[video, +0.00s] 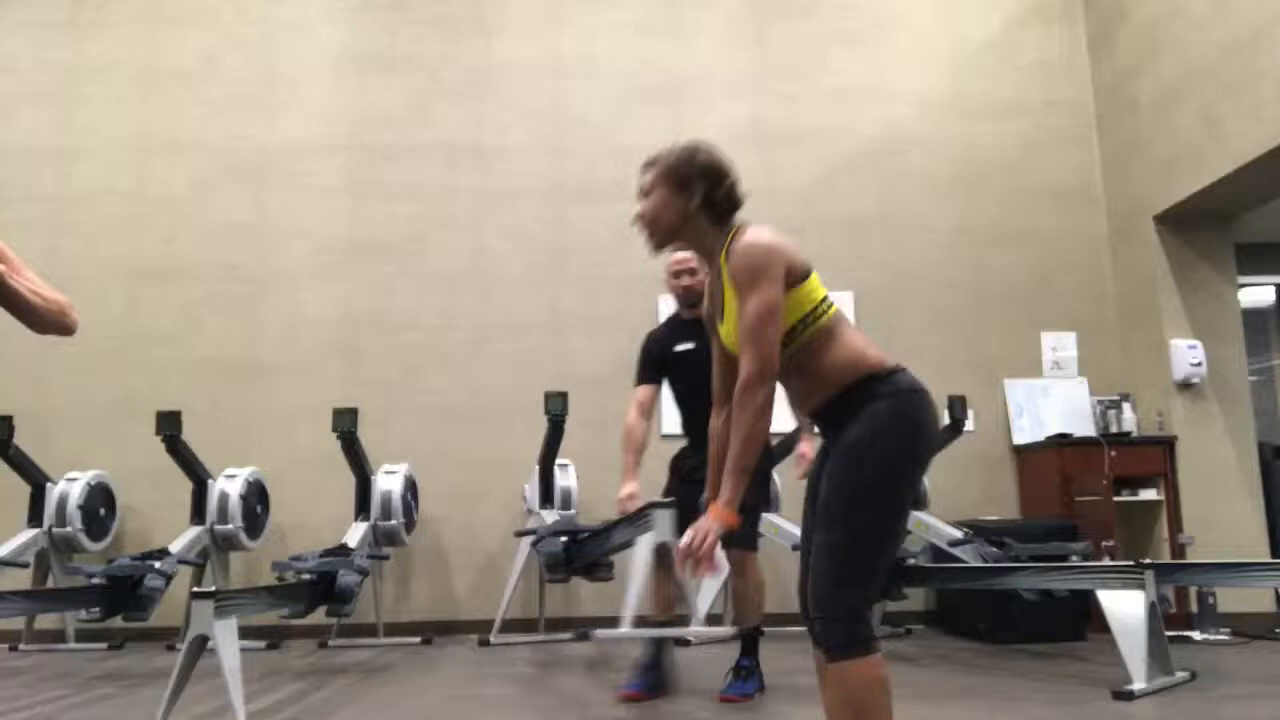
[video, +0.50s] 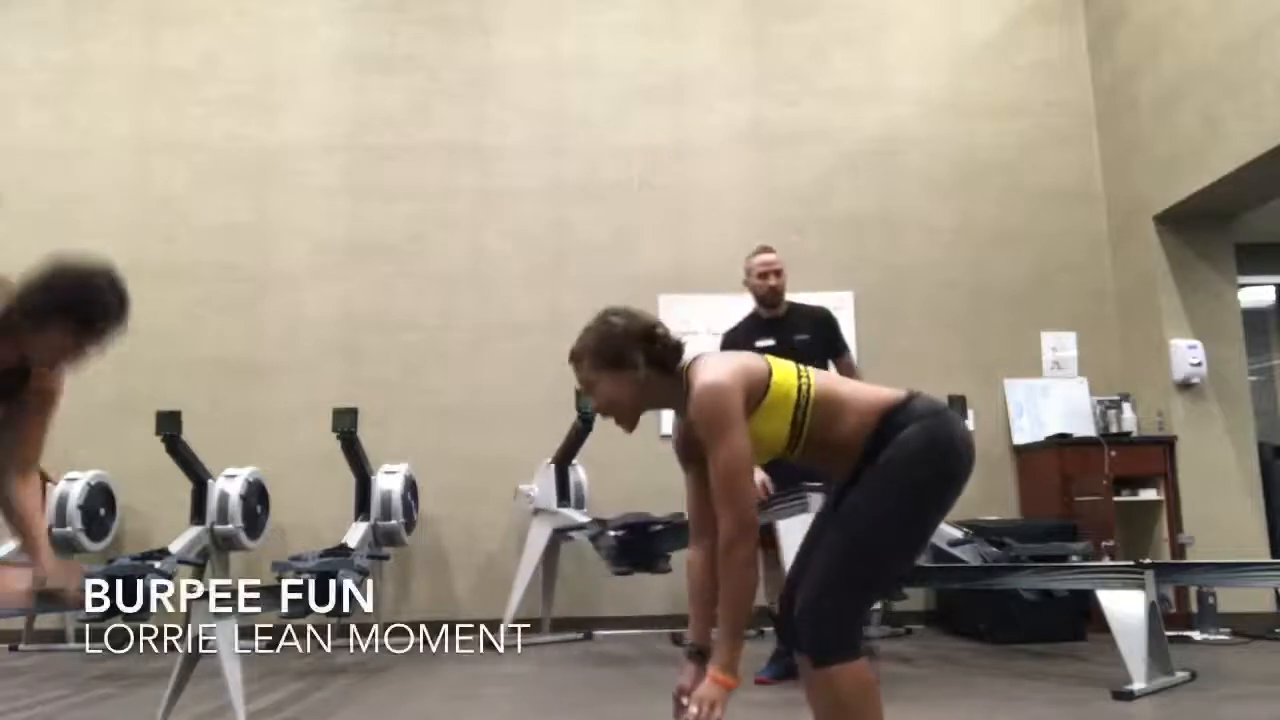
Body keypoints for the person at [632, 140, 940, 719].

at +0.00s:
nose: (638, 210)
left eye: (649, 193)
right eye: (640, 194)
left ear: (691, 198)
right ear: (689, 203)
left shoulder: (754, 250)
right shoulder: (719, 285)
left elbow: (759, 385)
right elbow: (722, 402)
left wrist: (729, 504)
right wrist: (712, 508)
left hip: (884, 415)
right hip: (848, 427)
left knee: (840, 609)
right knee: (821, 606)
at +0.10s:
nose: (621, 241)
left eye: (632, 224)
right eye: (623, 225)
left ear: (675, 226)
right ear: (669, 230)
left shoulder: (743, 274)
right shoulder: (710, 306)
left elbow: (753, 413)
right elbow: (715, 424)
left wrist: (718, 530)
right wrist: (702, 534)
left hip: (895, 419)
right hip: (856, 431)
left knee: (837, 605)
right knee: (815, 603)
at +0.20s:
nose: (608, 304)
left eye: (615, 288)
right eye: (607, 290)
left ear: (653, 281)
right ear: (650, 285)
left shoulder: (729, 319)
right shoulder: (702, 353)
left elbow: (739, 457)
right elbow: (706, 469)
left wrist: (707, 585)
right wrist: (689, 577)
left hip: (909, 429)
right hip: (872, 440)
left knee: (830, 612)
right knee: (809, 607)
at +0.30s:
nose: (598, 364)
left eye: (601, 345)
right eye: (594, 349)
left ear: (644, 330)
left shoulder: (724, 358)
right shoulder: (696, 399)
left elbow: (735, 516)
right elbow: (701, 516)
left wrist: (707, 635)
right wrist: (683, 627)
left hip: (921, 437)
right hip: (879, 452)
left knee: (822, 613)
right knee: (804, 606)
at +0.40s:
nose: (596, 390)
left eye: (598, 373)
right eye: (590, 377)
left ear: (640, 355)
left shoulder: (716, 381)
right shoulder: (694, 417)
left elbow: (739, 527)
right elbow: (700, 533)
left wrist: (719, 654)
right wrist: (688, 649)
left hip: (923, 441)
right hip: (880, 458)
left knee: (823, 618)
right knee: (798, 611)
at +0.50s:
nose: (594, 404)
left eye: (593, 387)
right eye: (587, 392)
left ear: (634, 367)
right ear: (630, 372)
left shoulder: (713, 389)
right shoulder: (691, 426)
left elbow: (741, 539)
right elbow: (703, 543)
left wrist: (723, 671)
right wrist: (698, 659)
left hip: (922, 442)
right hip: (876, 462)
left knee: (825, 624)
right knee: (804, 624)